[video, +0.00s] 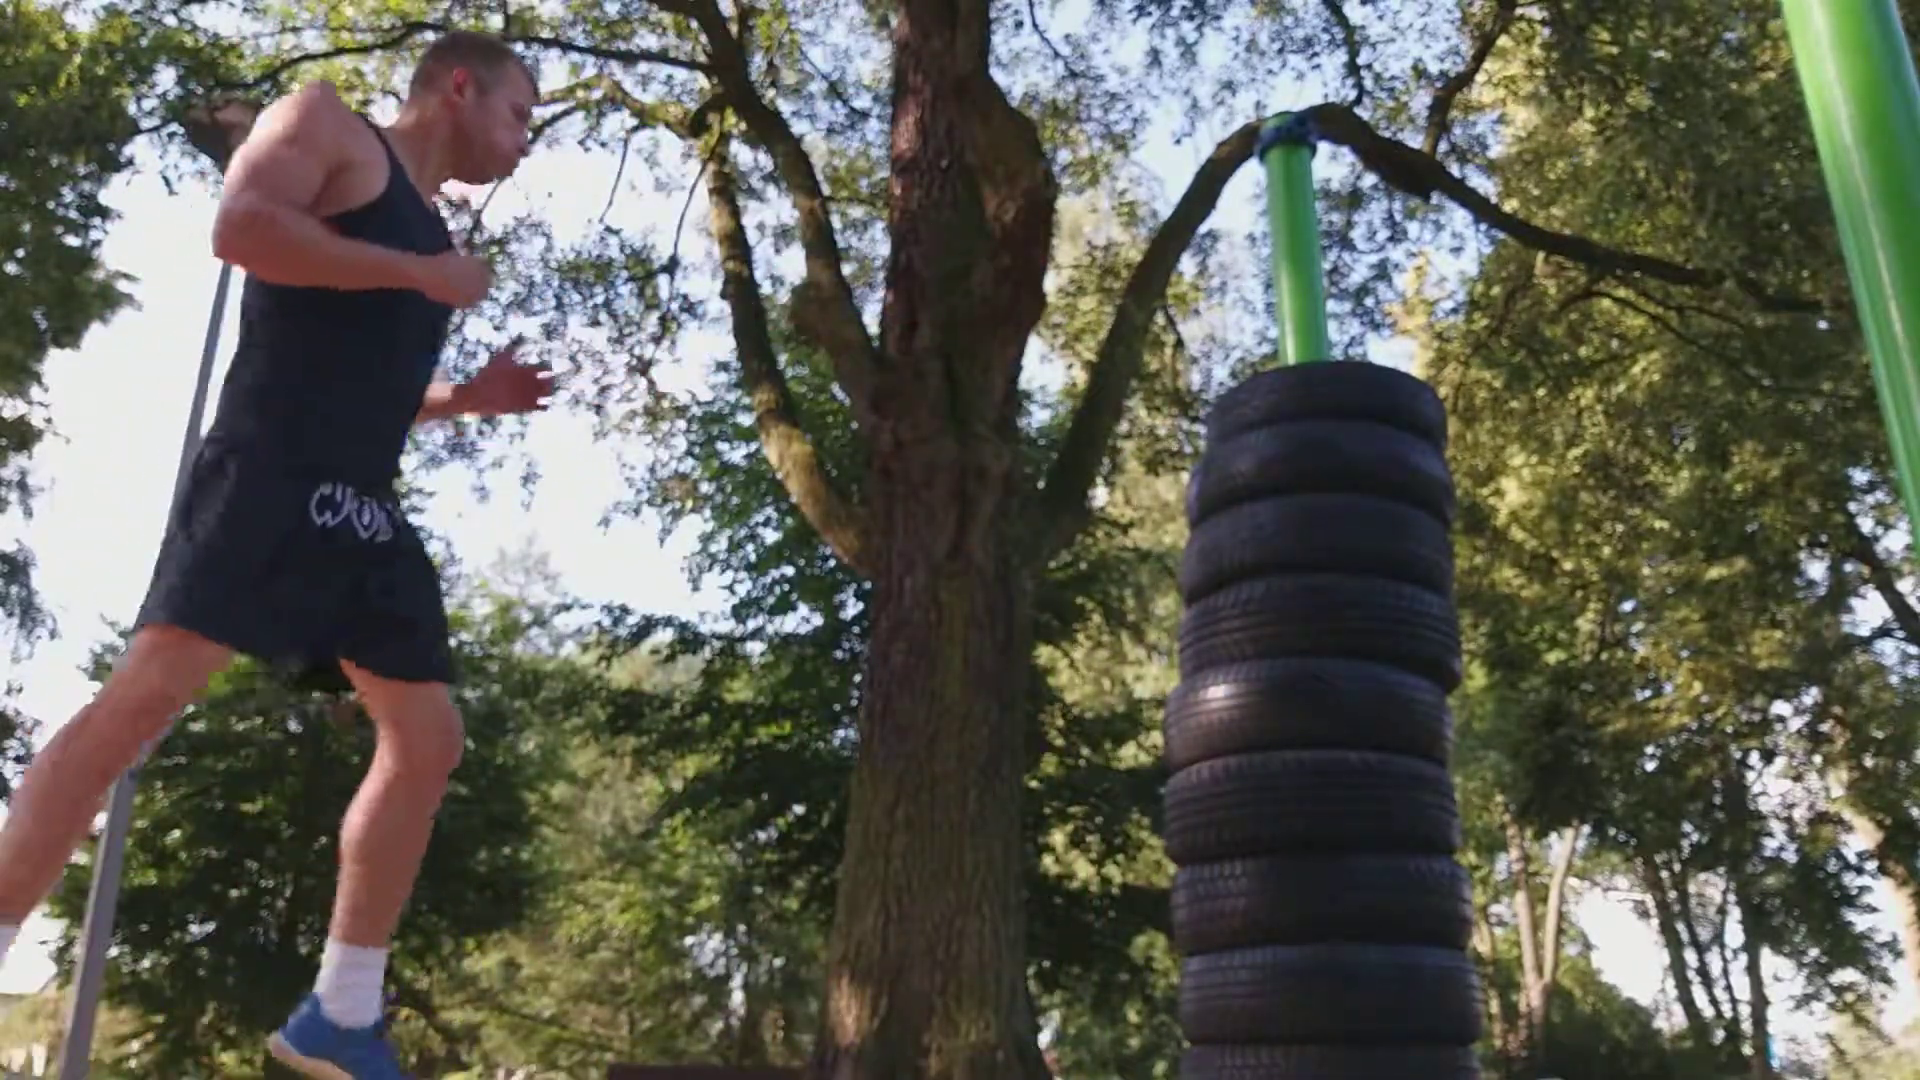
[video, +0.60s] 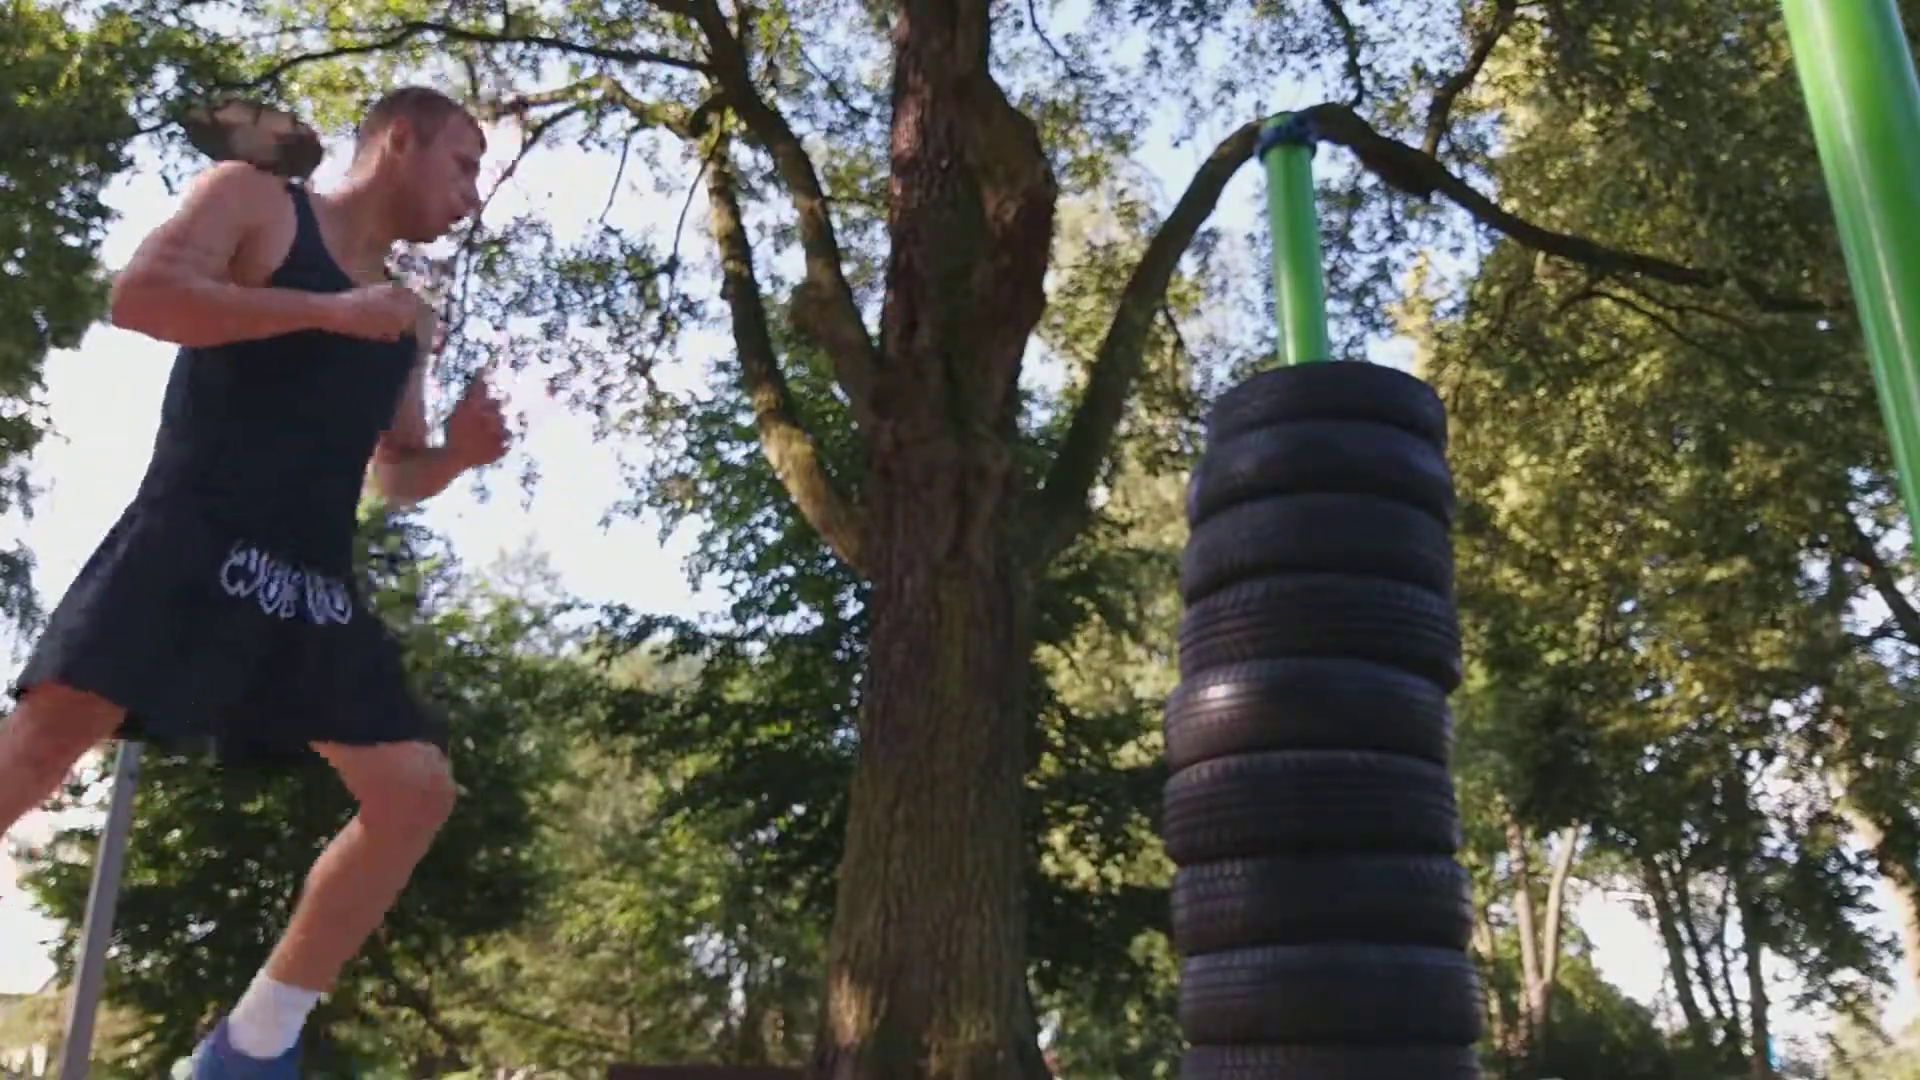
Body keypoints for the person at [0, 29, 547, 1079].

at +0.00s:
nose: (525, 143)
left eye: (531, 127)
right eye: (520, 117)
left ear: (463, 104)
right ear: (455, 88)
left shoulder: (432, 229)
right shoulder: (328, 114)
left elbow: (364, 390)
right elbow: (243, 227)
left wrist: (467, 395)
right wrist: (423, 273)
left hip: (365, 508)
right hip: (261, 483)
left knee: (424, 741)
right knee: (142, 703)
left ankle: (343, 1011)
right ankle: (3, 934)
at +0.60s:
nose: (473, 193)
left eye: (480, 177)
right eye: (465, 163)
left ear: (405, 151)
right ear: (398, 139)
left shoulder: (404, 315)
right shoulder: (256, 195)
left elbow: (396, 477)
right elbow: (140, 295)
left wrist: (453, 455)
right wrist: (335, 309)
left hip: (312, 597)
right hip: (182, 550)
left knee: (414, 796)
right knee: (36, 751)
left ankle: (251, 1045)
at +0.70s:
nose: (502, 176)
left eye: (509, 160)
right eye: (498, 149)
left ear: (448, 136)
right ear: (432, 118)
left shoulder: (435, 284)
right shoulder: (285, 165)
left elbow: (409, 434)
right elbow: (141, 278)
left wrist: (446, 434)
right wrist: (272, 358)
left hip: (350, 552)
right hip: (224, 522)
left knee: (444, 756)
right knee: (79, 734)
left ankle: (302, 1008)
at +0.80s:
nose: (534, 177)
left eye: (540, 159)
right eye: (529, 149)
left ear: (483, 137)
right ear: (468, 122)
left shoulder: (474, 284)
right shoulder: (316, 175)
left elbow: (490, 438)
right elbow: (165, 289)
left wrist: (518, 434)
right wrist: (189, 431)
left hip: (379, 547)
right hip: (266, 511)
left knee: (457, 761)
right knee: (148, 729)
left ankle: (365, 1028)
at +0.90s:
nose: (557, 228)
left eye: (559, 207)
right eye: (550, 201)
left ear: (492, 191)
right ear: (496, 182)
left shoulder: (498, 339)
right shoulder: (353, 239)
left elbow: (590, 451)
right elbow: (188, 344)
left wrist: (663, 385)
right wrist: (149, 497)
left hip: (403, 598)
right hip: (305, 563)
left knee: (476, 809)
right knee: (179, 769)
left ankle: (442, 1060)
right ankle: (5, 994)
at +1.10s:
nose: (587, 268)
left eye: (584, 258)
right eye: (579, 251)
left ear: (478, 250)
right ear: (549, 238)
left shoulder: (439, 347)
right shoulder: (531, 244)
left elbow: (410, 505)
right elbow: (546, 288)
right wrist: (684, 377)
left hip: (438, 593)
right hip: (528, 582)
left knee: (490, 844)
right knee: (645, 834)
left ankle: (436, 1068)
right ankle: (386, 913)